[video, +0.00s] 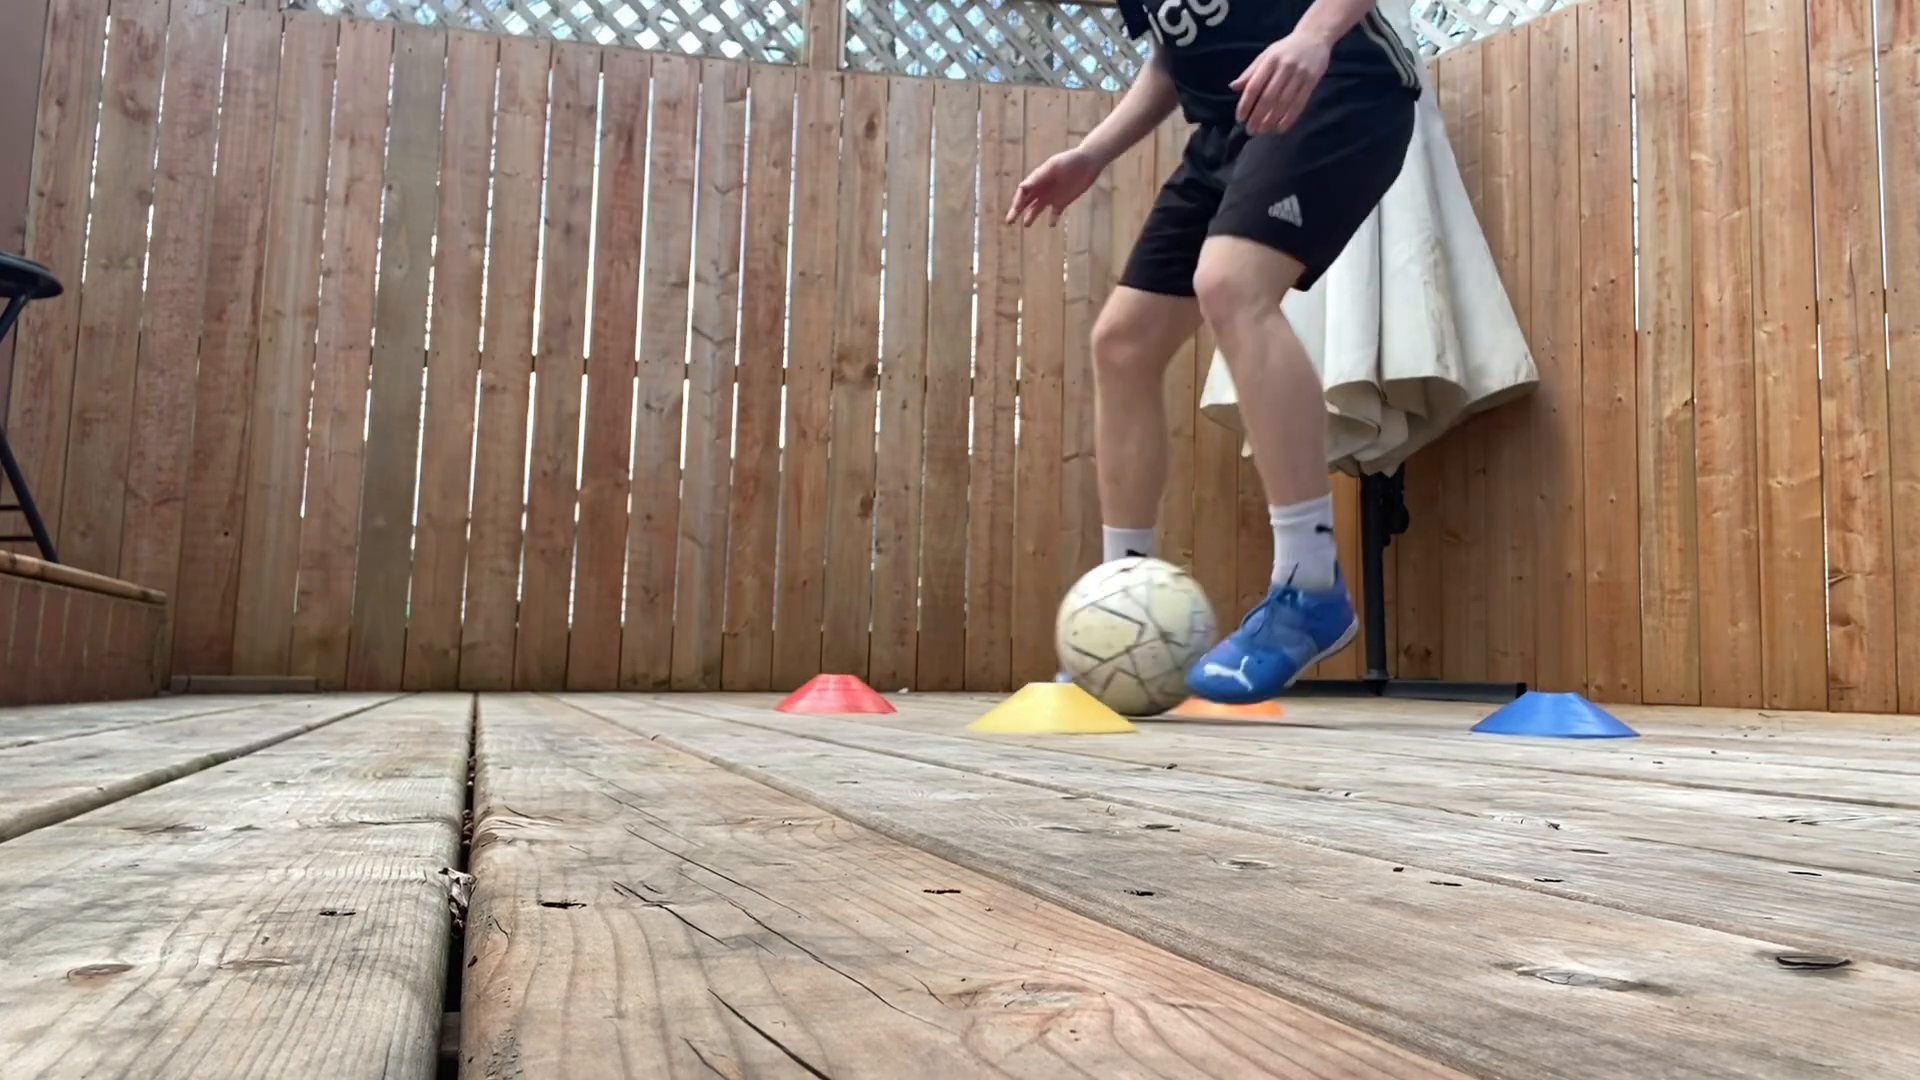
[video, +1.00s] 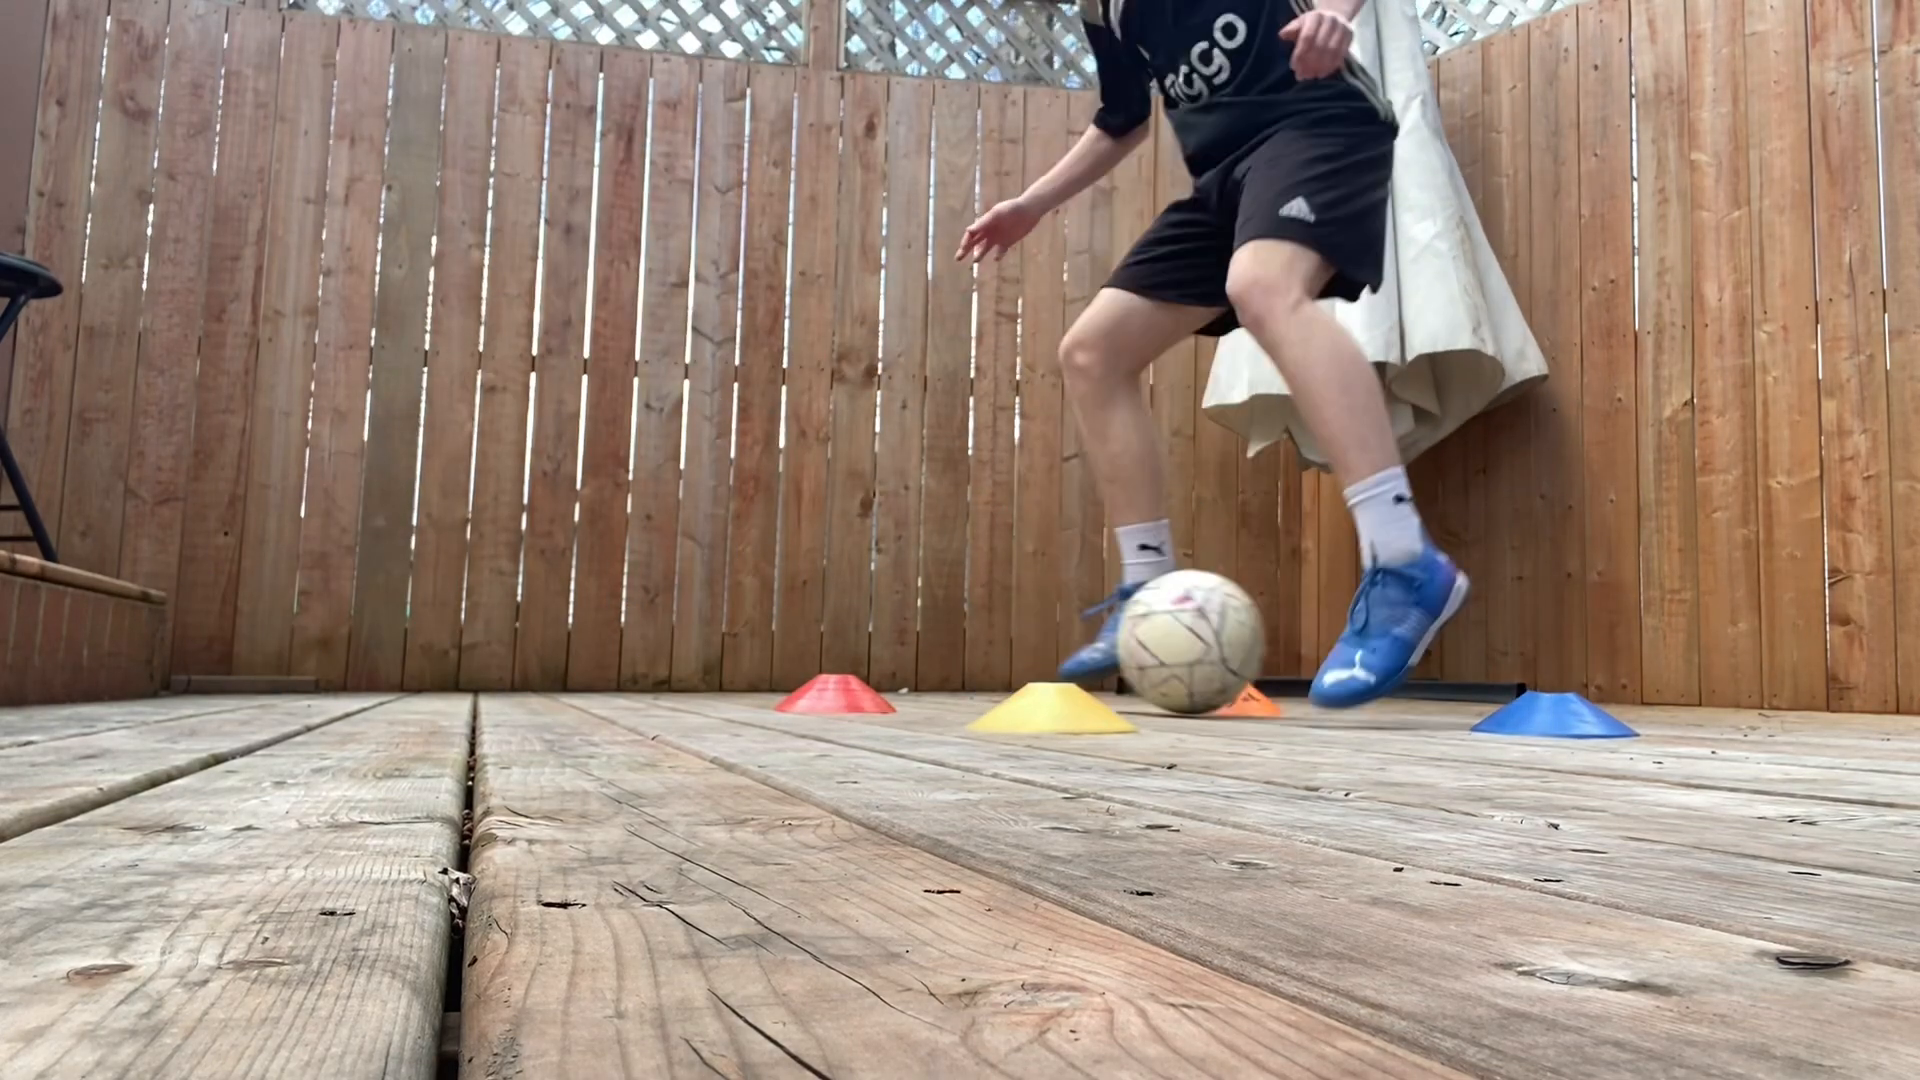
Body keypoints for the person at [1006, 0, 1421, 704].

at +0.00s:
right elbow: (1177, 55)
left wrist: (1315, 32)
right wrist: (1091, 152)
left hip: (1337, 79)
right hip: (1226, 115)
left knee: (1233, 284)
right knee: (1123, 343)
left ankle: (1311, 593)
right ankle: (1123, 623)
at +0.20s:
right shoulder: (1127, 15)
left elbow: (1318, 18)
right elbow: (1198, 122)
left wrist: (1222, 145)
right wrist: (1098, 187)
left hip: (1304, 167)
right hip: (1213, 179)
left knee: (1203, 392)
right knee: (1064, 351)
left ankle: (1293, 660)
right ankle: (1041, 592)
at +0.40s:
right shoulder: (1081, 15)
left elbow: (1272, 39)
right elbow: (1125, 119)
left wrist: (1192, 132)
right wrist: (1026, 183)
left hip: (1233, 179)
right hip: (1152, 198)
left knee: (1215, 391)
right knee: (1083, 420)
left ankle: (1295, 656)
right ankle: (1107, 647)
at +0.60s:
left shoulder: (1166, 2)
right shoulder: (1024, 47)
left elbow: (1250, 91)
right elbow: (1052, 161)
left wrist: (1232, 170)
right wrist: (969, 219)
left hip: (1200, 204)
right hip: (1112, 239)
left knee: (1201, 368)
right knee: (1040, 437)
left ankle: (1281, 618)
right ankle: (1069, 654)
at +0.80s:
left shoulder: (1202, 3)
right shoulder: (1041, 48)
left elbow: (1274, 111)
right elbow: (1042, 193)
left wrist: (1246, 159)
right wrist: (958, 252)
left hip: (1216, 239)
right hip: (1119, 273)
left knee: (1209, 395)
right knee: (1043, 463)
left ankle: (1323, 650)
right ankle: (1079, 656)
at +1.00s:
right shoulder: (1107, 10)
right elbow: (1124, 117)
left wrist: (1337, 9)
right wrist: (1030, 204)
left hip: (1314, 118)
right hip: (1220, 181)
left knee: (1264, 285)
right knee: (1091, 355)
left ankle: (1406, 566)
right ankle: (1153, 604)